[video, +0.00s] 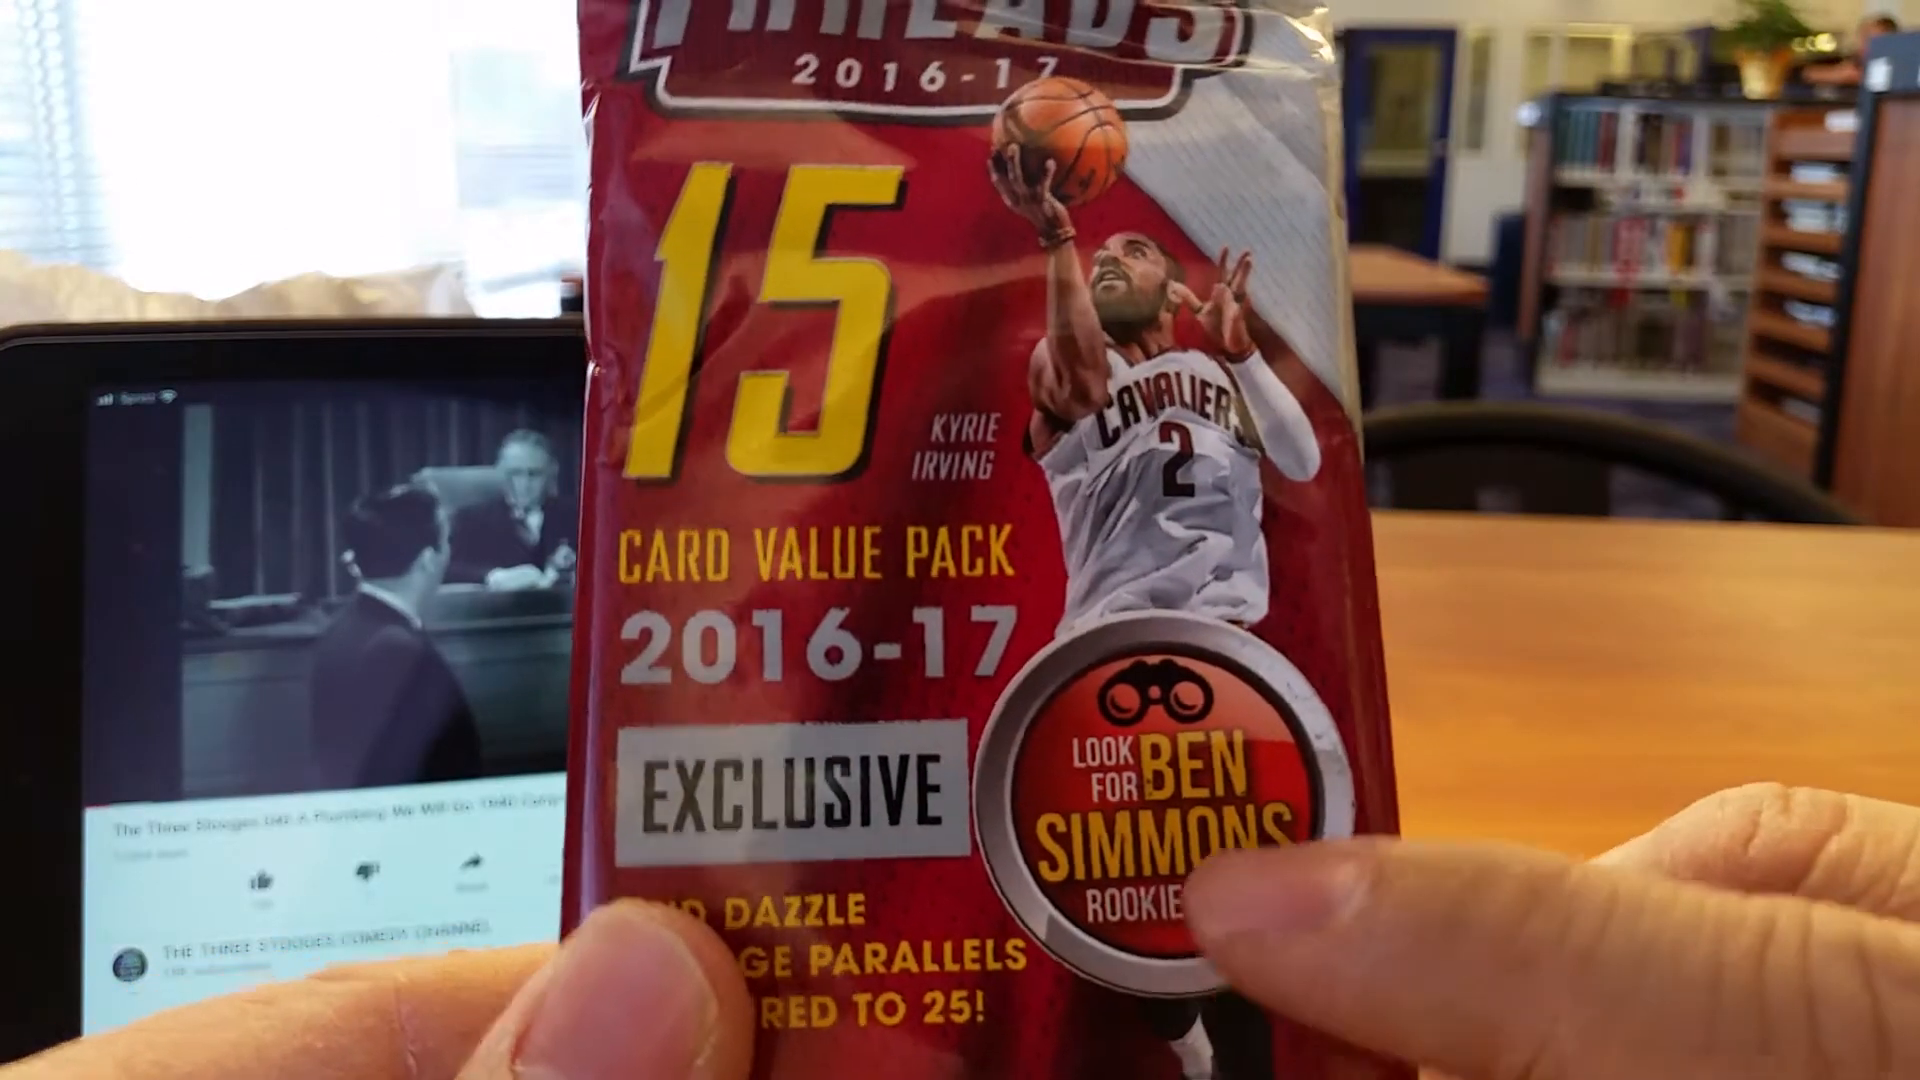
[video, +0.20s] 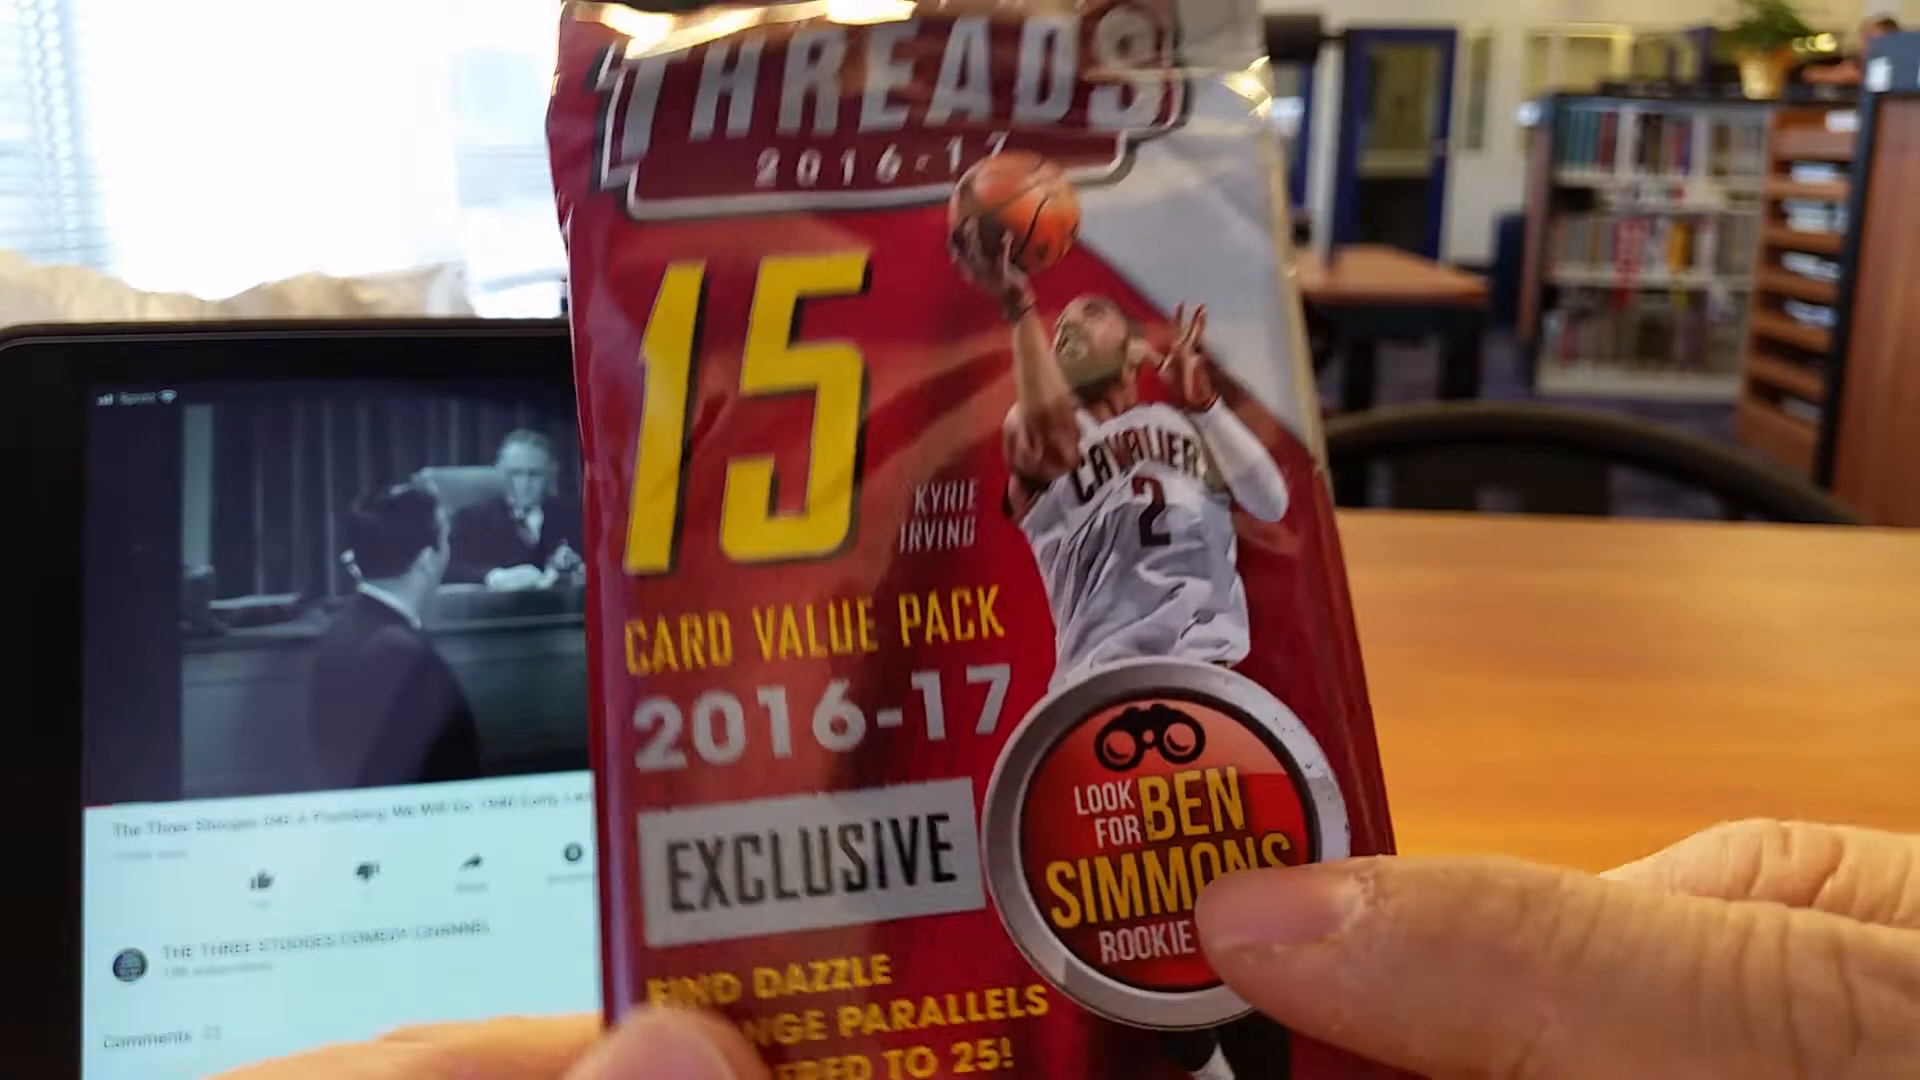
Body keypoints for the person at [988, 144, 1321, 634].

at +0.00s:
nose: (1108, 259)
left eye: (1136, 252)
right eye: (1098, 259)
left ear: (1176, 296)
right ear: (1087, 296)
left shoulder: (1218, 372)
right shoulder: (1063, 370)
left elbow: (1301, 463)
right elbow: (1083, 383)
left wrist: (1243, 356)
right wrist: (1058, 239)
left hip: (1220, 627)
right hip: (1105, 632)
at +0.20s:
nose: (1068, 327)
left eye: (1092, 313)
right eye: (1058, 325)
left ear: (1136, 350)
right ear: (1046, 356)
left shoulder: (1182, 424)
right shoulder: (1037, 442)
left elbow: (1271, 504)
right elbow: (1051, 439)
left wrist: (1206, 407)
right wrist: (1019, 309)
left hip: (1204, 668)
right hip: (1092, 685)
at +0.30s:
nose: (1068, 373)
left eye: (1089, 363)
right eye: (1058, 372)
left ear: (1129, 394)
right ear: (1053, 401)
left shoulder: (1177, 463)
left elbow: (1260, 533)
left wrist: (1197, 446)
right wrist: (1016, 352)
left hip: (1209, 684)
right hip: (1103, 697)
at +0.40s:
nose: (1088, 409)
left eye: (1108, 402)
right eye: (1077, 407)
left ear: (1142, 433)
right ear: (1067, 430)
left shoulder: (1187, 499)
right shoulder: (1063, 505)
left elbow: (1266, 572)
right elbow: (1064, 478)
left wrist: (1207, 485)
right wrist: (1041, 391)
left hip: (1212, 703)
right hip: (1116, 714)